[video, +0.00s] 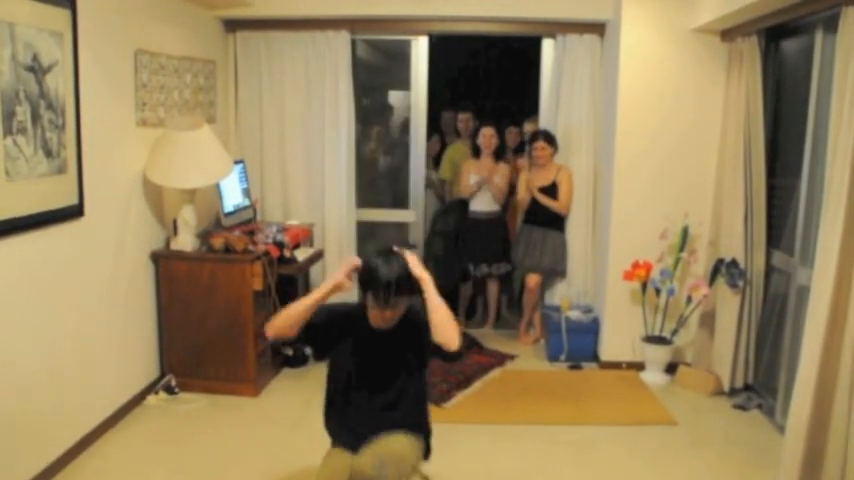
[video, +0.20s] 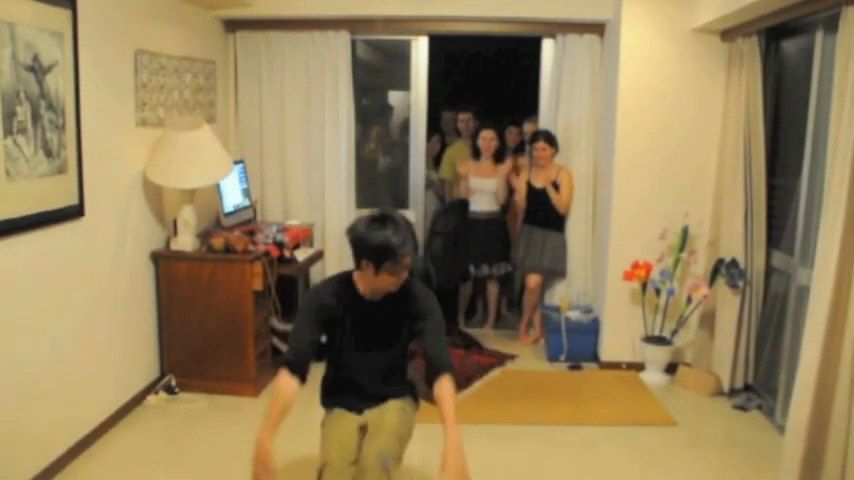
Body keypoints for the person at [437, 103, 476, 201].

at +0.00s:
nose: (465, 125)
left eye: (468, 120)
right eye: (461, 121)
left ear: (475, 123)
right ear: (457, 124)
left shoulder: (481, 148)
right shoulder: (452, 150)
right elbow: (447, 183)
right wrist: (450, 207)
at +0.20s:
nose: (465, 125)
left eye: (468, 121)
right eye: (461, 122)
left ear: (476, 123)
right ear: (457, 124)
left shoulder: (483, 147)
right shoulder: (453, 150)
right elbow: (447, 182)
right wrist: (450, 207)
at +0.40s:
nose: (466, 125)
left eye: (469, 121)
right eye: (462, 122)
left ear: (476, 123)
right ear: (457, 125)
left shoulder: (483, 147)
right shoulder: (453, 150)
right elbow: (447, 182)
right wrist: (449, 206)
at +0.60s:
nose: (467, 125)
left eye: (470, 121)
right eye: (463, 122)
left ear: (476, 123)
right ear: (458, 125)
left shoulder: (484, 148)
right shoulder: (453, 151)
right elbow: (448, 184)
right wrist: (450, 207)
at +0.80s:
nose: (467, 126)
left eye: (471, 121)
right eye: (463, 122)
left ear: (477, 124)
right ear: (459, 125)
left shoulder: (485, 147)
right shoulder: (454, 150)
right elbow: (448, 183)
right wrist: (451, 208)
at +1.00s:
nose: (467, 125)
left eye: (471, 121)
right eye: (463, 122)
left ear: (477, 123)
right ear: (459, 124)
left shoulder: (485, 148)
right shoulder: (453, 151)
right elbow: (448, 183)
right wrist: (451, 208)